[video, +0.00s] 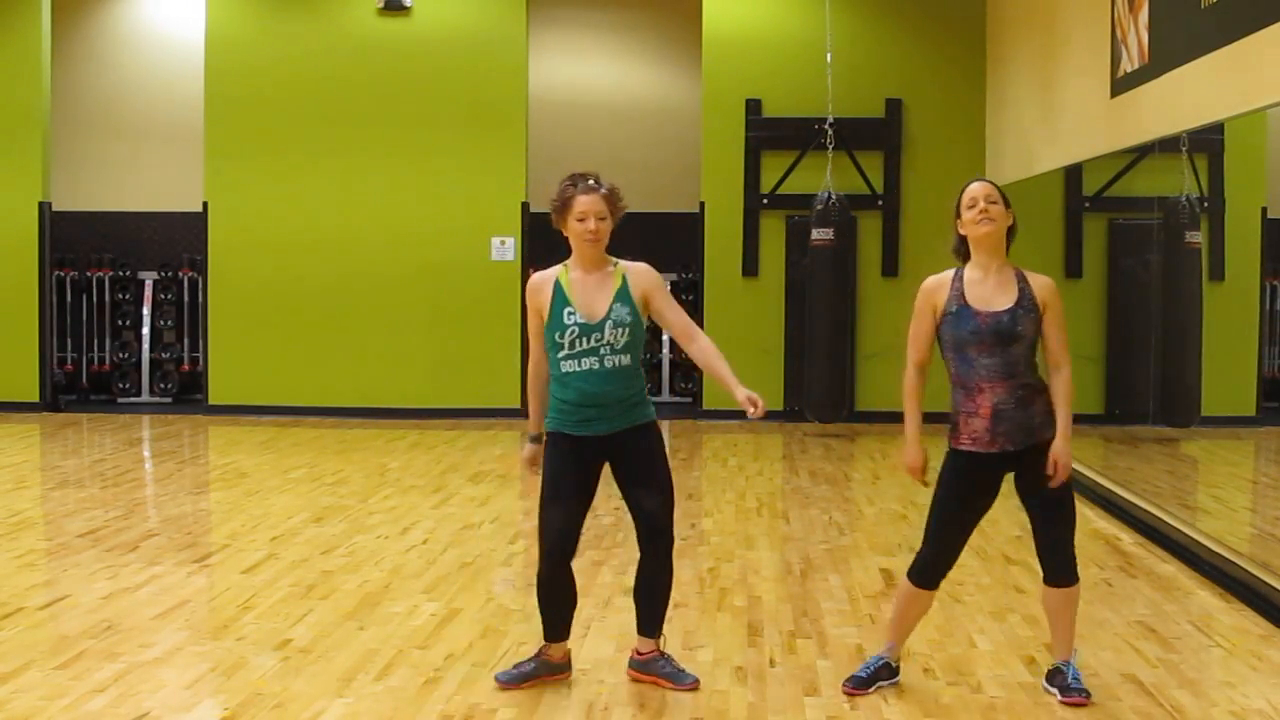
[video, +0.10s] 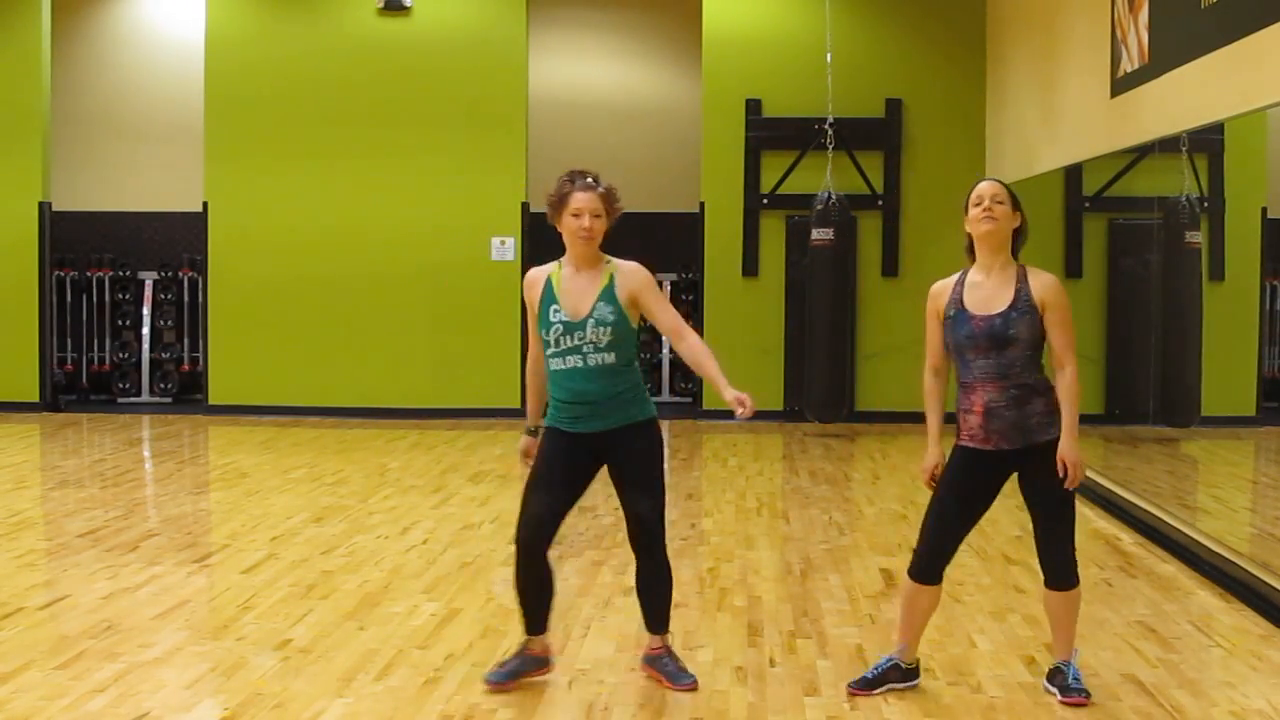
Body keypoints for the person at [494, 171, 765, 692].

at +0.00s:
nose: (594, 227)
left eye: (601, 219)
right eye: (583, 219)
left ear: (612, 224)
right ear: (563, 225)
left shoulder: (640, 279)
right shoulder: (543, 286)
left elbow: (692, 337)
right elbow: (539, 364)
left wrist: (736, 388)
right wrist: (534, 434)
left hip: (634, 430)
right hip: (570, 434)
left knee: (658, 534)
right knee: (553, 548)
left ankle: (647, 651)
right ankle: (555, 653)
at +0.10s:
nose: (587, 224)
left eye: (596, 216)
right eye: (577, 215)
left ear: (608, 223)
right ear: (558, 221)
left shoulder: (631, 278)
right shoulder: (538, 282)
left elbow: (682, 334)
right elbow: (537, 359)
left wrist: (723, 387)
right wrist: (533, 428)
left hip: (632, 429)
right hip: (567, 432)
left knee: (649, 539)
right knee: (529, 539)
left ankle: (658, 646)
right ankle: (536, 646)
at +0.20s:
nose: (576, 220)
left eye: (586, 212)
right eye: (567, 210)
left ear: (597, 220)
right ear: (548, 216)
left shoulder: (614, 276)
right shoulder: (528, 275)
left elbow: (661, 341)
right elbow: (522, 350)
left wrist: (698, 404)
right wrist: (502, 415)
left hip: (614, 428)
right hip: (552, 430)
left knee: (644, 539)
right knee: (512, 538)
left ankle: (686, 640)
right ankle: (485, 650)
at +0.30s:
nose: (560, 219)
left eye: (571, 212)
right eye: (551, 210)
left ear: (583, 220)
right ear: (534, 215)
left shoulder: (597, 280)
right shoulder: (511, 273)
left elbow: (634, 356)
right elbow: (494, 348)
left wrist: (665, 428)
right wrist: (463, 412)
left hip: (582, 431)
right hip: (521, 431)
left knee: (619, 537)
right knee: (491, 538)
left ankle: (689, 635)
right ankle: (474, 655)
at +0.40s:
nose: (549, 220)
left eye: (559, 212)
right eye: (539, 211)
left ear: (572, 221)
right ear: (522, 217)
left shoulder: (585, 284)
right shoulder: (496, 273)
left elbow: (605, 370)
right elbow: (465, 345)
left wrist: (618, 448)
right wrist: (427, 409)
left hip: (555, 433)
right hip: (497, 427)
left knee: (564, 547)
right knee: (469, 538)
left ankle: (648, 622)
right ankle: (470, 655)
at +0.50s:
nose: (541, 226)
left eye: (551, 218)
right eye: (532, 217)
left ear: (564, 226)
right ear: (514, 224)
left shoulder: (581, 292)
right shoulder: (485, 280)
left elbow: (585, 376)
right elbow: (443, 348)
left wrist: (573, 443)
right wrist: (401, 411)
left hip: (542, 438)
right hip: (483, 429)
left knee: (512, 551)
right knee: (454, 541)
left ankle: (573, 629)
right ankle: (467, 656)